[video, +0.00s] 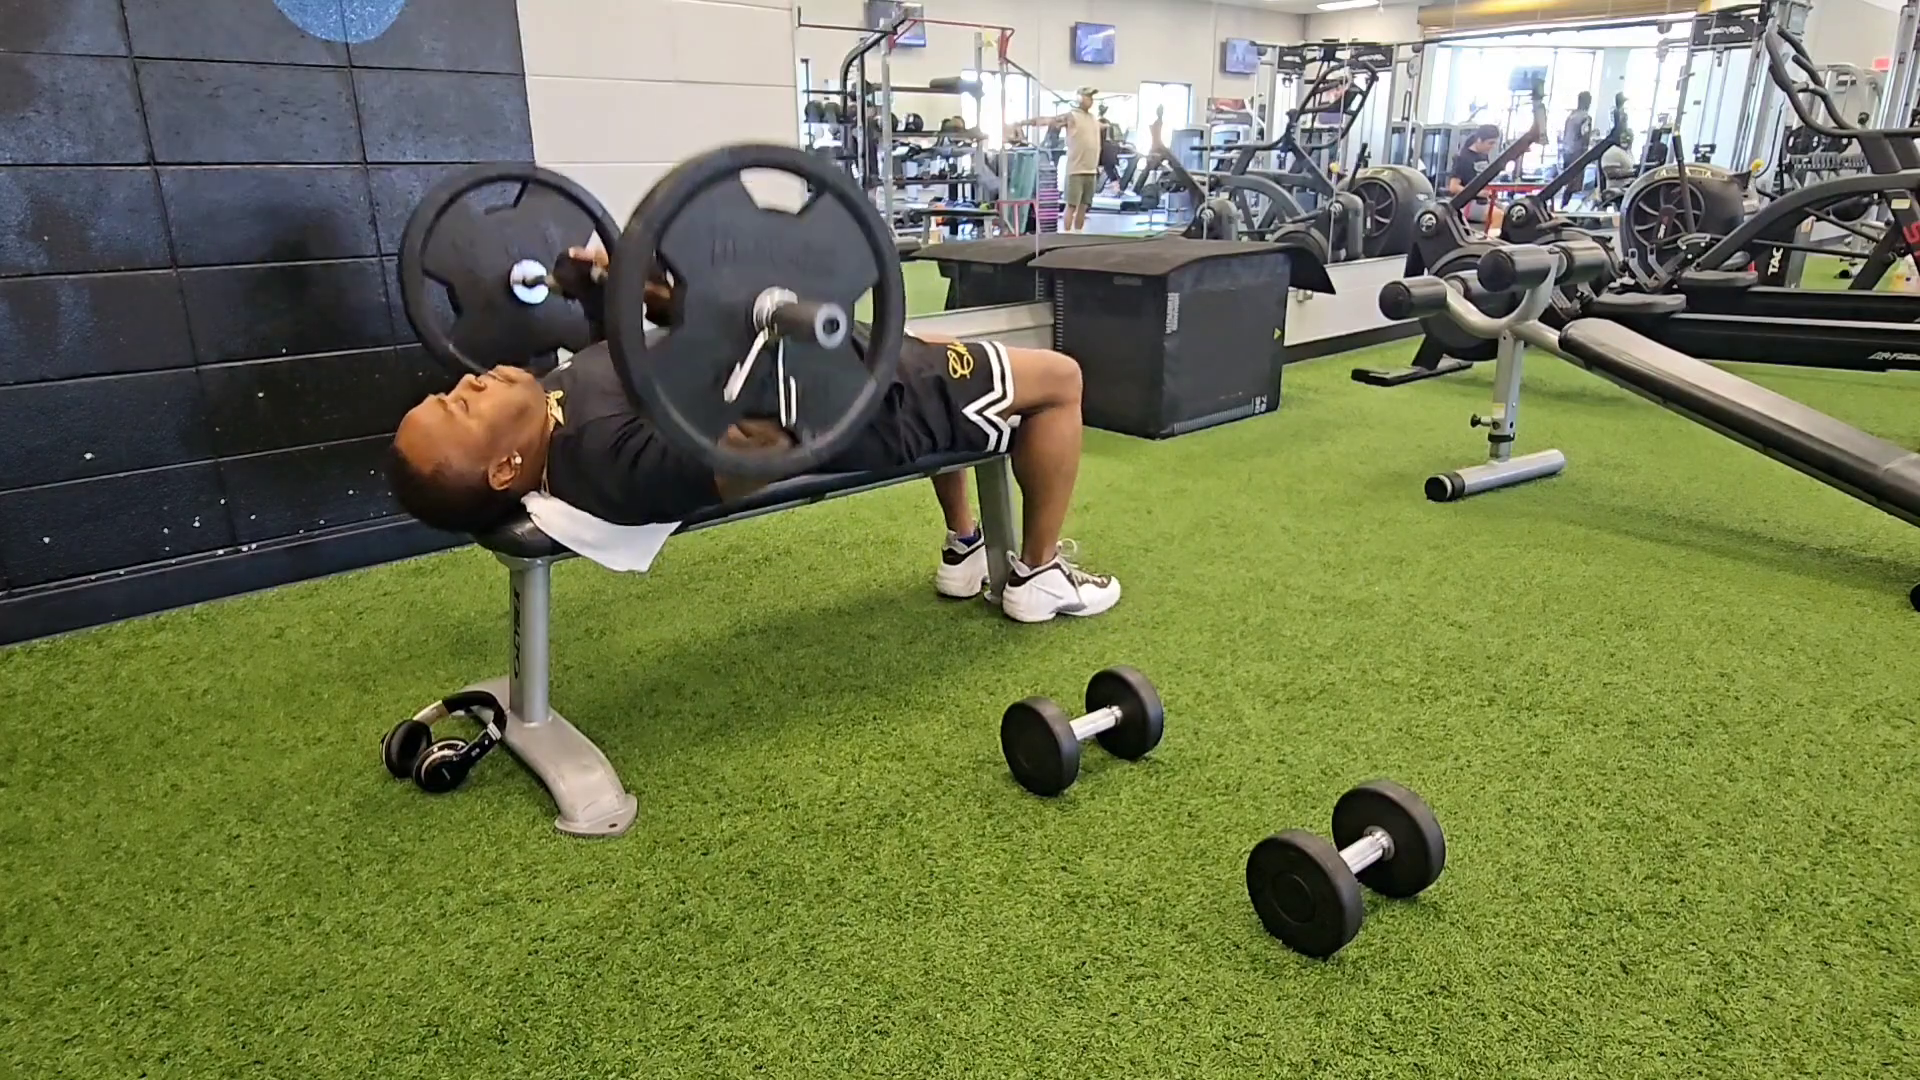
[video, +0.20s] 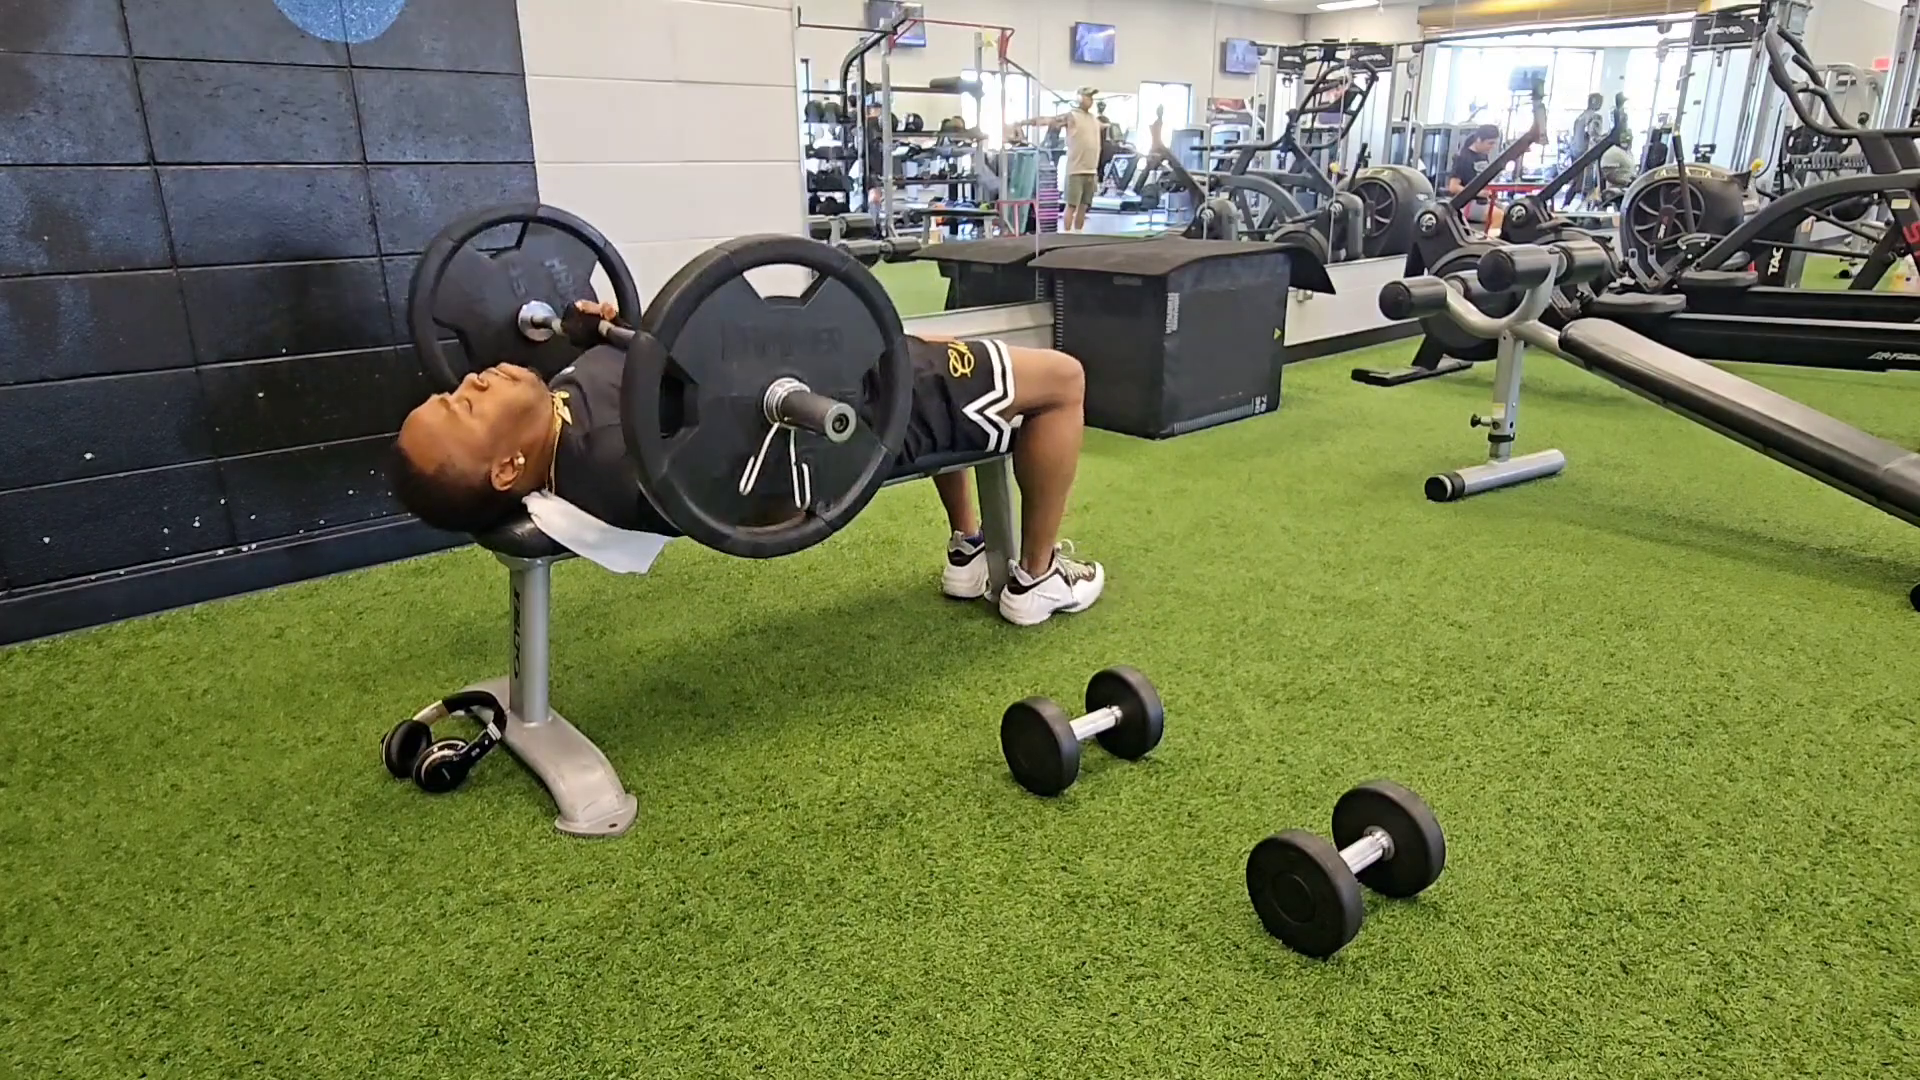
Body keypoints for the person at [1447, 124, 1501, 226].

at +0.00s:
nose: (1492, 147)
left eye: (1494, 143)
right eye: (1490, 143)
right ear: (1479, 140)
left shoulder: (1485, 156)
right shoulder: (1463, 158)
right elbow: (1453, 187)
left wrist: (1491, 190)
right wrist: (1478, 193)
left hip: (1486, 199)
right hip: (1468, 203)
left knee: (1508, 211)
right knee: (1498, 216)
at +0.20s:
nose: (1492, 147)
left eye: (1493, 144)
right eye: (1490, 143)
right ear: (1479, 140)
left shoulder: (1485, 156)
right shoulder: (1463, 157)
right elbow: (1453, 187)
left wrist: (1492, 190)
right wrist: (1478, 193)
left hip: (1486, 200)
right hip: (1468, 203)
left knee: (1509, 211)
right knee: (1498, 215)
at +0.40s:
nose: (1492, 147)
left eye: (1493, 144)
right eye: (1489, 143)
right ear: (1478, 140)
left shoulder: (1484, 157)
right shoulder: (1463, 157)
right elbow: (1453, 185)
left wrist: (1492, 190)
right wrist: (1478, 193)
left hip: (1486, 200)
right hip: (1467, 203)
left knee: (1508, 211)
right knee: (1498, 215)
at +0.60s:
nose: (1490, 147)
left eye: (1492, 144)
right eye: (1489, 143)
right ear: (1478, 139)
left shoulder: (1484, 157)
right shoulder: (1464, 156)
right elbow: (1454, 182)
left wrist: (1492, 189)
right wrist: (1478, 192)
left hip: (1486, 200)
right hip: (1468, 203)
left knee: (1508, 211)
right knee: (1498, 215)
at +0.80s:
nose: (1491, 146)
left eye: (1493, 143)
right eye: (1490, 142)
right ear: (1479, 138)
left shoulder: (1484, 157)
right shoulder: (1464, 156)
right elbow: (1455, 182)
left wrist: (1493, 189)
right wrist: (1479, 191)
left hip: (1487, 200)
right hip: (1470, 203)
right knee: (1501, 217)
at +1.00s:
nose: (1491, 146)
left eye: (1493, 143)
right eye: (1490, 142)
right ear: (1480, 138)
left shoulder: (1484, 157)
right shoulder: (1464, 156)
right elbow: (1455, 182)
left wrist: (1492, 189)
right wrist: (1479, 192)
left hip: (1486, 200)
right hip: (1470, 202)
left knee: (1507, 213)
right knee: (1499, 215)